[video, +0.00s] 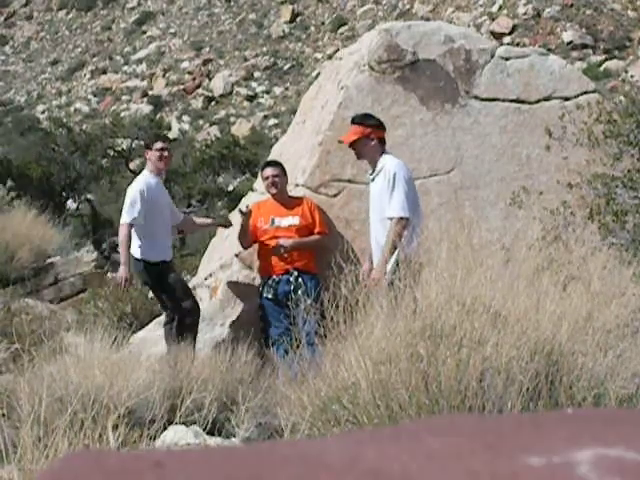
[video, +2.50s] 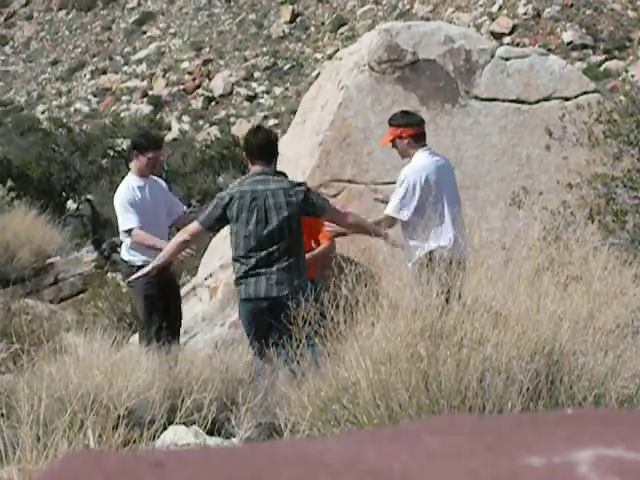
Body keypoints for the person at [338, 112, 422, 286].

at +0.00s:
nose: (352, 147)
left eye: (356, 142)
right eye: (352, 143)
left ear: (373, 140)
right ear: (371, 141)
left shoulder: (395, 169)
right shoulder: (376, 173)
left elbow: (400, 220)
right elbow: (380, 222)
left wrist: (382, 266)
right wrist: (371, 260)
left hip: (400, 265)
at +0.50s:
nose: (367, 146)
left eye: (368, 141)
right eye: (367, 141)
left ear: (379, 142)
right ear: (390, 140)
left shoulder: (406, 171)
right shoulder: (398, 169)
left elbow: (405, 225)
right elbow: (402, 224)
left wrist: (390, 266)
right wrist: (391, 263)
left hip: (411, 266)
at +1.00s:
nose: (380, 143)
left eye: (381, 138)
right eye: (380, 137)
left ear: (390, 138)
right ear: (408, 135)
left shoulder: (408, 169)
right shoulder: (428, 161)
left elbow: (406, 226)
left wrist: (391, 271)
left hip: (420, 260)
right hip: (441, 255)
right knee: (438, 318)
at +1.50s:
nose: (388, 145)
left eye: (388, 139)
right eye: (387, 139)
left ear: (398, 138)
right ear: (415, 135)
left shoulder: (409, 169)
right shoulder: (436, 161)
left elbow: (404, 223)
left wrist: (390, 253)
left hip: (423, 250)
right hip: (448, 246)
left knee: (421, 309)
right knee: (443, 309)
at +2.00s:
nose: (393, 147)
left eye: (395, 141)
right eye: (392, 142)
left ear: (407, 140)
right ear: (418, 138)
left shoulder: (412, 171)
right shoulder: (444, 164)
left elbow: (395, 221)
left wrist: (357, 237)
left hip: (427, 256)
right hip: (455, 251)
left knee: (424, 316)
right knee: (451, 313)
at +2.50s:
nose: (393, 147)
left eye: (395, 142)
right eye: (393, 142)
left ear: (406, 140)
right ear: (420, 138)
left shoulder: (413, 172)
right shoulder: (443, 163)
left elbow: (388, 222)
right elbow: (427, 200)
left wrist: (345, 232)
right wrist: (391, 201)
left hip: (429, 256)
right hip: (454, 251)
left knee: (429, 320)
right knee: (451, 315)